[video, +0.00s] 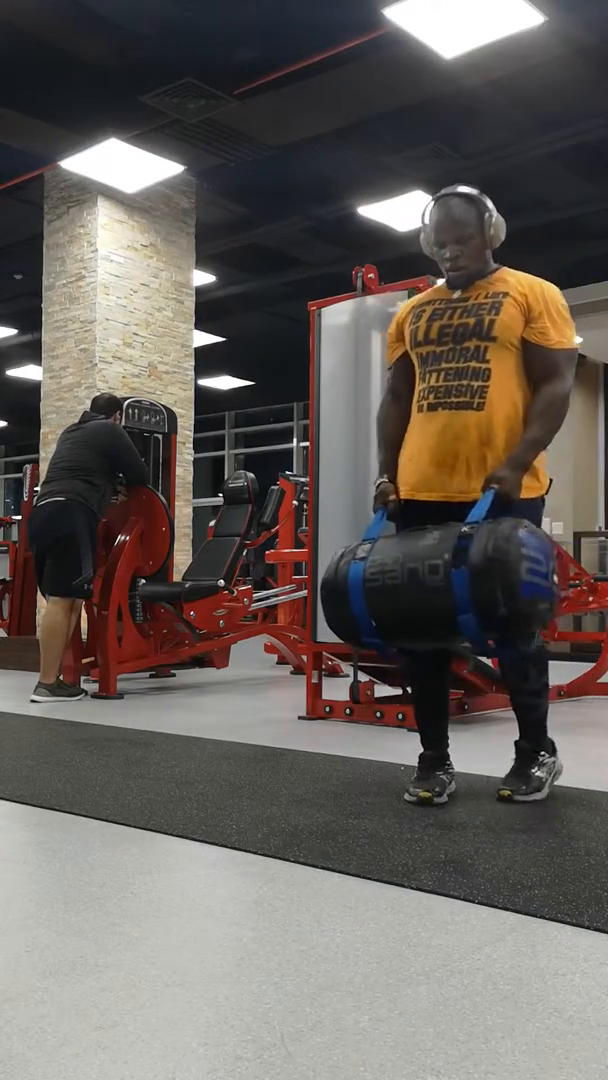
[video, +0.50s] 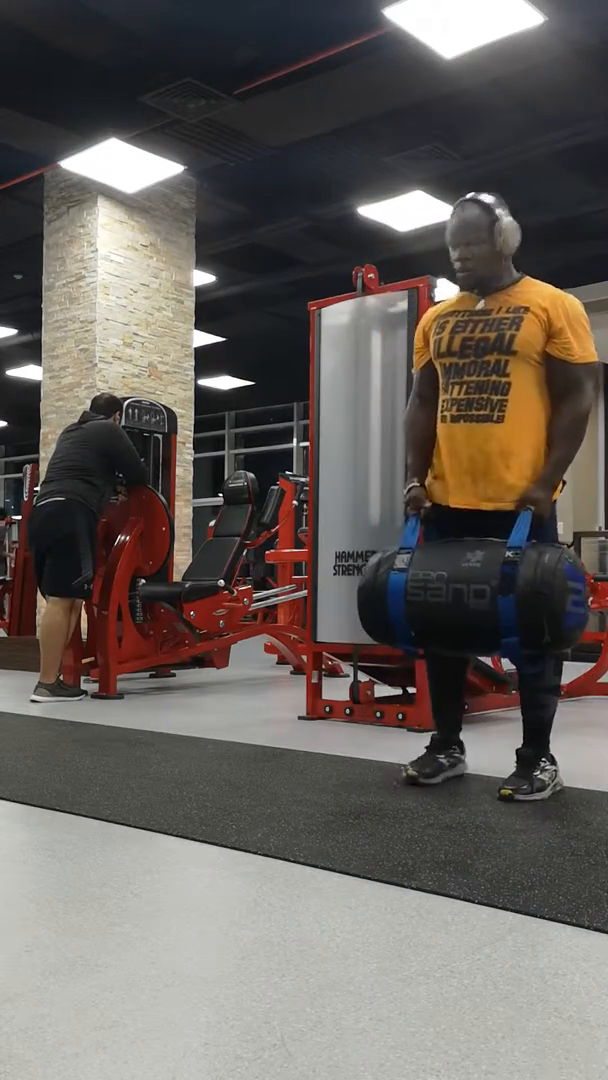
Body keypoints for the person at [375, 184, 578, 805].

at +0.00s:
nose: (450, 254)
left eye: (461, 241)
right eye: (440, 244)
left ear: (492, 232)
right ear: (428, 243)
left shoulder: (533, 295)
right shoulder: (412, 312)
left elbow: (555, 387)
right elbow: (396, 397)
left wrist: (517, 460)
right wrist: (386, 468)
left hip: (505, 493)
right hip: (422, 496)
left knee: (515, 620)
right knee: (421, 626)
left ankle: (535, 749)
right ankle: (432, 760)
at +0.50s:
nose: (460, 259)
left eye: (471, 247)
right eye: (454, 249)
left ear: (506, 244)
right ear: (449, 248)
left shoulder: (553, 307)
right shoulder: (435, 320)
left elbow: (576, 402)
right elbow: (422, 403)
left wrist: (547, 483)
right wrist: (414, 475)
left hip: (522, 503)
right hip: (447, 503)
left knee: (533, 625)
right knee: (440, 620)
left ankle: (535, 758)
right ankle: (445, 744)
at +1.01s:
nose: (396, 298)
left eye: (401, 286)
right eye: (395, 288)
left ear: (431, 276)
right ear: (425, 283)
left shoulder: (497, 320)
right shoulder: (402, 354)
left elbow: (520, 401)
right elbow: (393, 428)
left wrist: (495, 482)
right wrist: (387, 492)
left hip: (487, 506)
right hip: (416, 512)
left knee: (509, 622)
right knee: (416, 624)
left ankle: (529, 754)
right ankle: (430, 742)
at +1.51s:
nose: (441, 270)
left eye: (453, 260)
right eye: (436, 262)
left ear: (485, 264)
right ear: (432, 271)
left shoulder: (515, 326)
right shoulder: (416, 338)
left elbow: (525, 416)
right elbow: (398, 415)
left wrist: (488, 494)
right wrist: (387, 484)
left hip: (484, 505)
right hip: (417, 505)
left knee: (485, 620)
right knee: (419, 619)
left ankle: (486, 745)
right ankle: (429, 740)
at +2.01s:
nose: (416, 274)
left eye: (428, 264)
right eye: (410, 267)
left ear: (459, 271)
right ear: (403, 279)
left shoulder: (492, 334)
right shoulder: (390, 352)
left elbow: (511, 418)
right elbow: (379, 431)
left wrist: (489, 497)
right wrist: (376, 500)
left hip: (473, 513)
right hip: (404, 514)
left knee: (484, 620)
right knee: (394, 616)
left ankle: (487, 745)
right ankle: (390, 731)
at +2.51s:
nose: (387, 282)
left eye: (400, 273)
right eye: (383, 276)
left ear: (430, 282)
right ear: (378, 290)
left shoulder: (459, 338)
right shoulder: (365, 358)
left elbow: (477, 418)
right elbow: (354, 436)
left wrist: (452, 496)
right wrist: (349, 502)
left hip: (446, 513)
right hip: (377, 517)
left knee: (464, 620)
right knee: (377, 621)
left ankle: (485, 744)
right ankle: (387, 733)